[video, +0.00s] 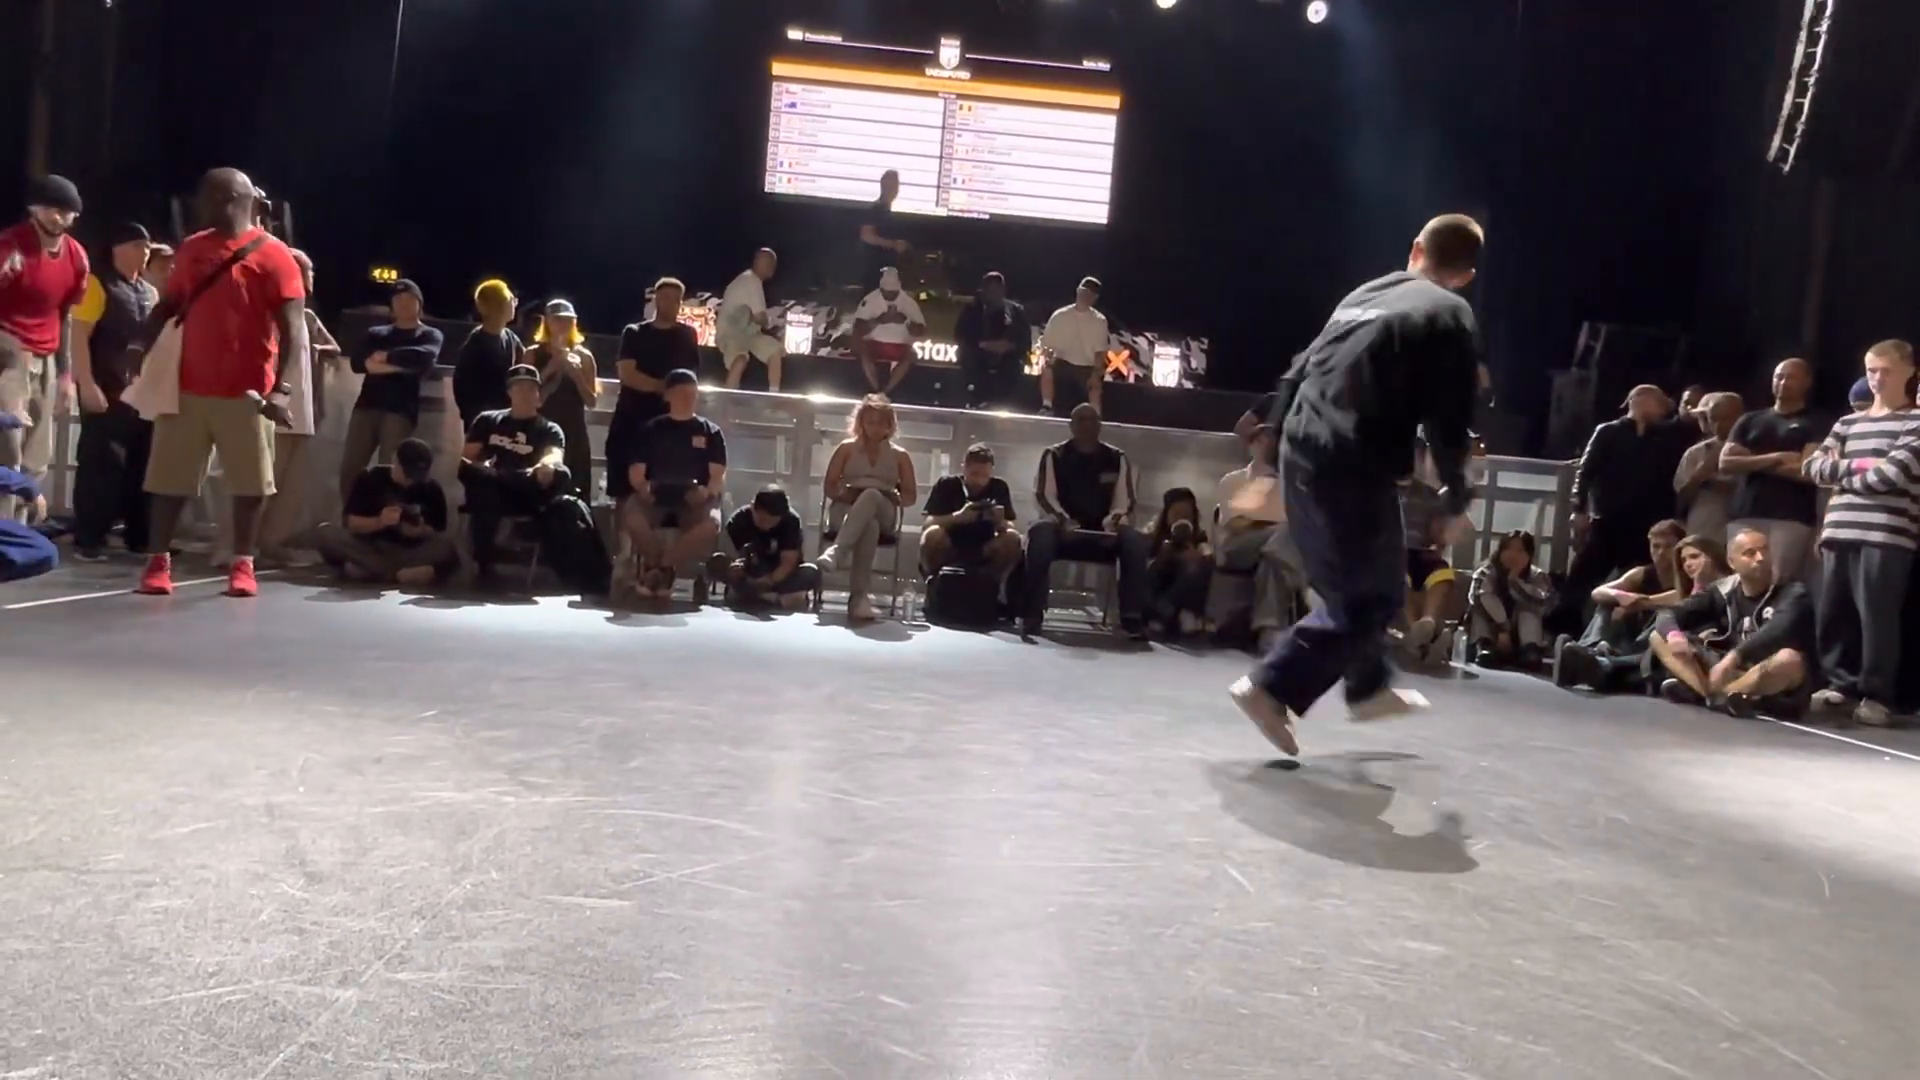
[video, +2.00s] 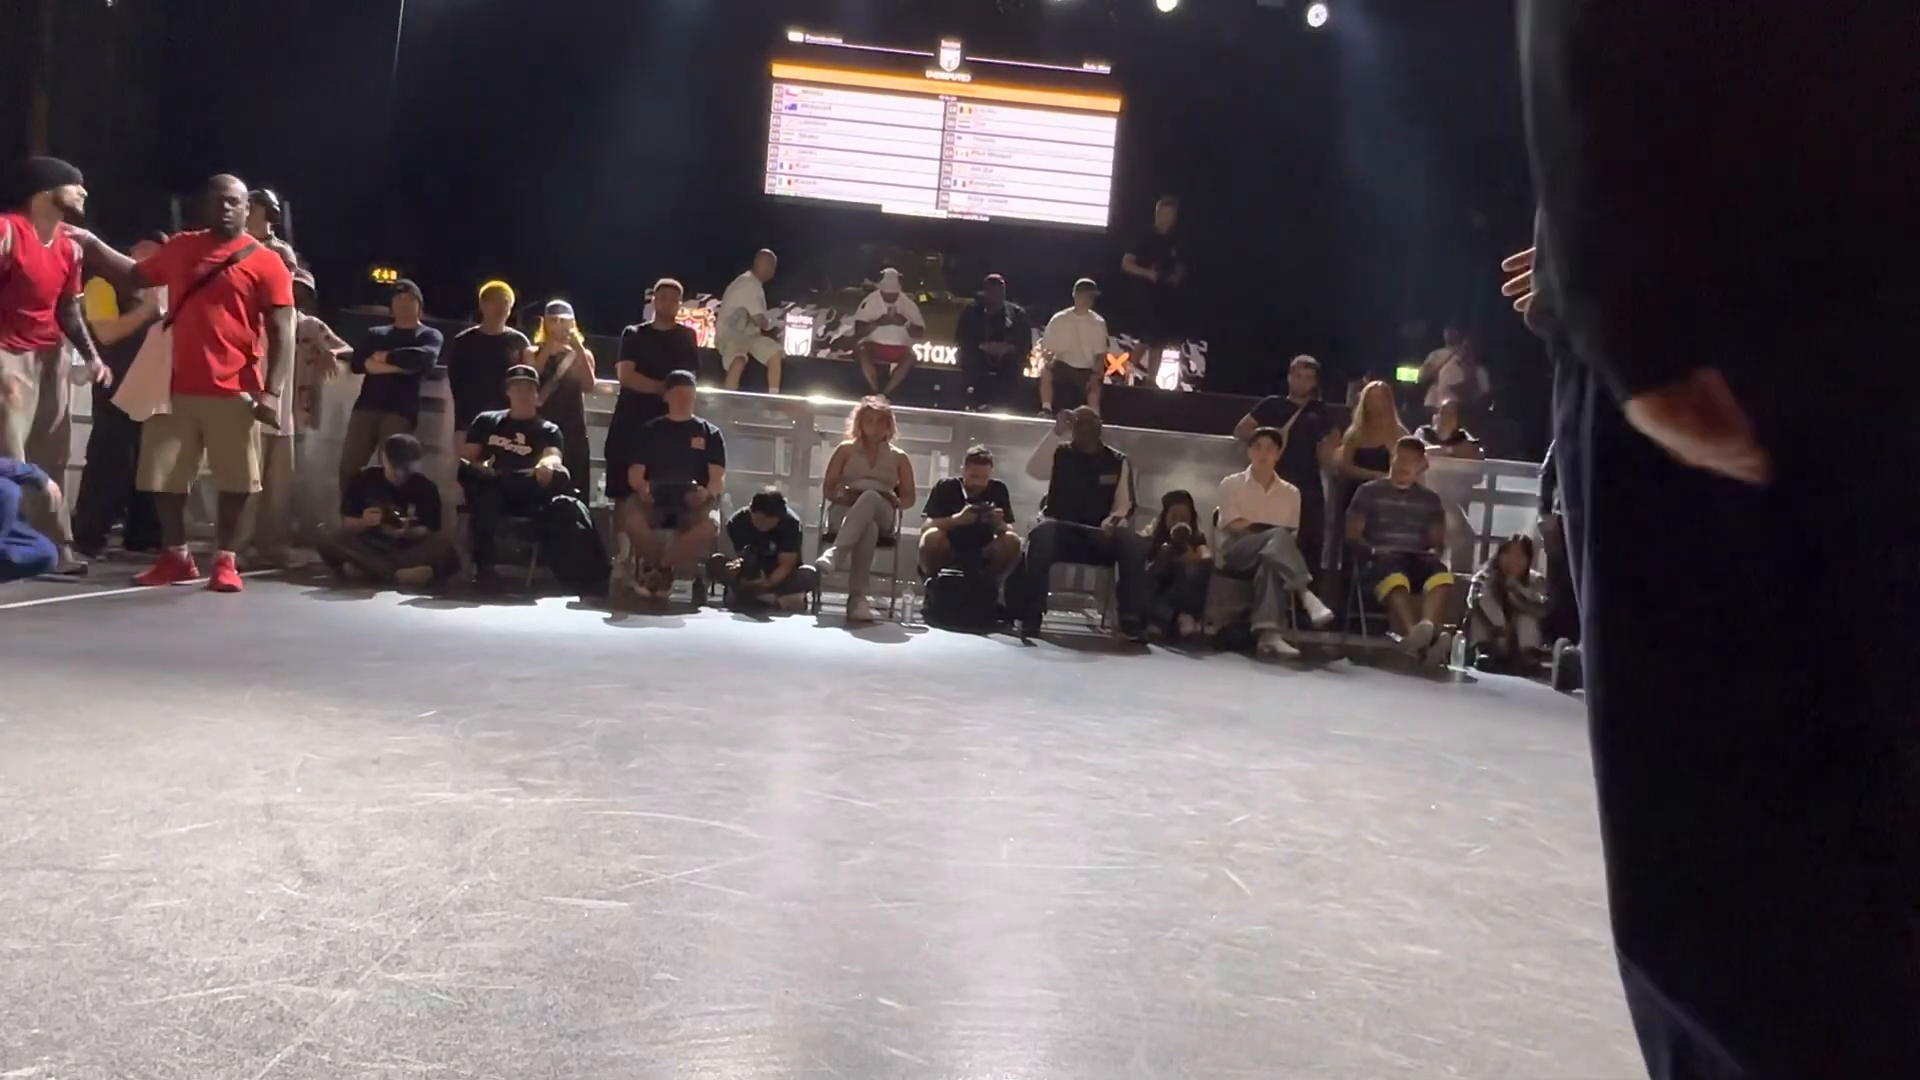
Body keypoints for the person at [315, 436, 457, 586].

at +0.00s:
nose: (408, 482)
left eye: (415, 479)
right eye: (405, 476)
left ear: (425, 472)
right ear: (395, 462)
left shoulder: (430, 489)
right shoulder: (369, 479)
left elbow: (438, 530)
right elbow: (351, 524)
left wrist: (419, 531)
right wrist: (380, 522)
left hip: (411, 549)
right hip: (370, 546)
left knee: (445, 548)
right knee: (326, 534)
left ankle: (373, 573)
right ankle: (394, 574)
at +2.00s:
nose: (401, 474)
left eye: (406, 468)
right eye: (396, 468)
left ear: (414, 465)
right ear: (385, 460)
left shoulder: (426, 487)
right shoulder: (363, 480)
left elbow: (430, 528)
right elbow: (347, 523)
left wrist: (406, 533)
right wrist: (364, 522)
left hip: (410, 548)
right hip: (370, 544)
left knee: (446, 551)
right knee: (326, 536)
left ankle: (371, 572)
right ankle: (393, 573)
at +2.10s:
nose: (405, 469)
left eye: (409, 463)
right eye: (398, 462)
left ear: (414, 462)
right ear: (385, 459)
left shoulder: (427, 489)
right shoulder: (363, 482)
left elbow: (433, 531)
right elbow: (347, 525)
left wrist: (410, 534)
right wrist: (365, 525)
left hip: (409, 548)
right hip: (370, 545)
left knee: (445, 549)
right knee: (327, 536)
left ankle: (372, 574)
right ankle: (394, 575)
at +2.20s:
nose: (400, 467)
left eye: (406, 462)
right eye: (395, 460)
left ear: (413, 463)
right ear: (384, 459)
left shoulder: (428, 491)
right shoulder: (362, 484)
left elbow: (434, 534)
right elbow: (346, 524)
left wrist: (407, 533)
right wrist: (365, 526)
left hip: (409, 549)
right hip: (369, 546)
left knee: (446, 550)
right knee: (327, 536)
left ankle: (372, 575)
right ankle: (394, 576)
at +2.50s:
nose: (394, 465)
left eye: (400, 459)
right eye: (388, 458)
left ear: (408, 463)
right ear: (377, 460)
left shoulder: (423, 495)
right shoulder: (358, 488)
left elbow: (432, 539)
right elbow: (338, 531)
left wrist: (402, 534)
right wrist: (363, 530)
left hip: (405, 553)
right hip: (364, 551)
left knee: (440, 551)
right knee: (322, 540)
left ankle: (366, 579)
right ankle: (391, 581)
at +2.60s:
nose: (390, 464)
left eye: (396, 458)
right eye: (384, 458)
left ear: (405, 463)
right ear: (373, 461)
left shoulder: (421, 497)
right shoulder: (355, 490)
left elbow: (431, 542)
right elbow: (333, 532)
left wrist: (401, 536)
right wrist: (359, 530)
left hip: (402, 555)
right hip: (361, 553)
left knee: (436, 551)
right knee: (320, 539)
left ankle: (363, 579)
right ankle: (388, 582)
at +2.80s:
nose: (383, 466)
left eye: (389, 461)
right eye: (378, 460)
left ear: (399, 465)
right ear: (368, 463)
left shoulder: (416, 498)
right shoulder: (350, 492)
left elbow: (427, 543)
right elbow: (327, 535)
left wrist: (399, 544)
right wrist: (353, 533)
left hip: (397, 557)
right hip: (356, 555)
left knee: (433, 554)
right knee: (315, 544)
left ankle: (360, 582)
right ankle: (385, 584)